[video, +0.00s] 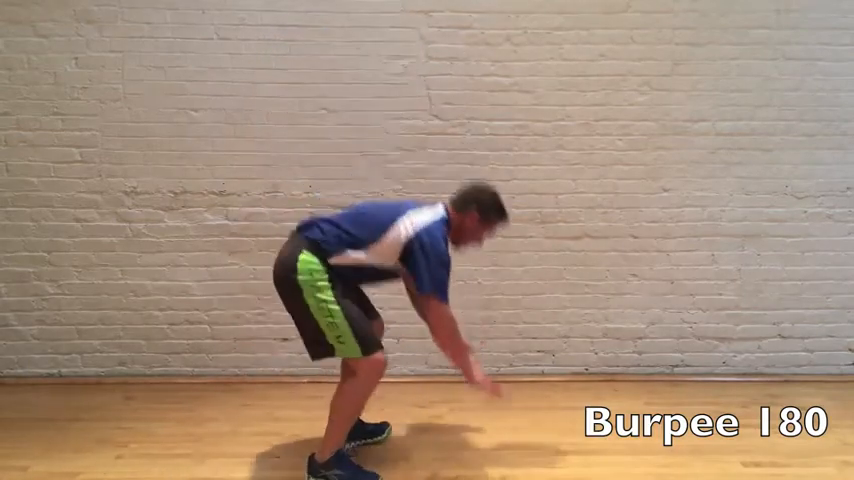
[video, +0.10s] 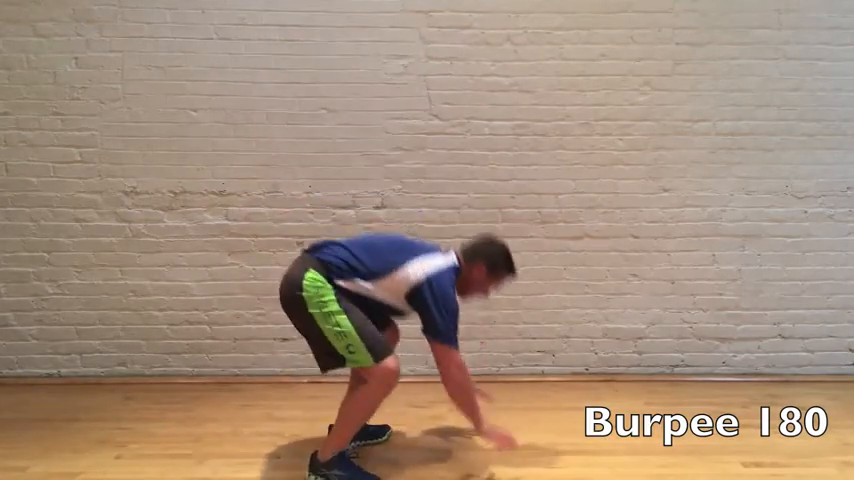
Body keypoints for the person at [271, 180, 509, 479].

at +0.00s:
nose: (484, 240)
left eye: (489, 234)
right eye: (486, 231)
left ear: (467, 213)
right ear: (470, 217)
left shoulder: (427, 218)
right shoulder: (429, 236)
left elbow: (425, 302)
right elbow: (437, 311)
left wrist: (457, 346)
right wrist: (469, 369)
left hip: (318, 259)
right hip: (307, 265)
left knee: (372, 328)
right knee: (370, 362)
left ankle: (347, 424)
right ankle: (326, 459)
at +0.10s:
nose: (488, 292)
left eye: (494, 286)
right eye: (491, 283)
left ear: (474, 265)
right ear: (477, 269)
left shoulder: (440, 263)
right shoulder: (437, 281)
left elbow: (444, 350)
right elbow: (450, 367)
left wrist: (465, 386)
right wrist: (481, 426)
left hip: (320, 274)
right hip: (311, 283)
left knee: (387, 335)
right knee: (384, 371)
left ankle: (348, 427)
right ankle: (327, 459)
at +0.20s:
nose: (494, 336)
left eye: (502, 333)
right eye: (499, 329)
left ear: (483, 304)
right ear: (486, 312)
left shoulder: (459, 300)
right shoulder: (451, 319)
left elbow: (459, 383)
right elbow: (462, 402)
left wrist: (476, 422)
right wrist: (488, 465)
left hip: (335, 258)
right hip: (326, 271)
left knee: (383, 347)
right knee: (381, 369)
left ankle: (348, 427)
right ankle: (328, 458)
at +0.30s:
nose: (491, 371)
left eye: (498, 367)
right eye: (498, 365)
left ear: (492, 343)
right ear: (493, 349)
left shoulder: (471, 324)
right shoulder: (462, 335)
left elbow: (460, 386)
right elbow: (465, 420)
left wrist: (472, 428)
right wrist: (480, 474)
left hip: (372, 239)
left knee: (366, 345)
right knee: (368, 363)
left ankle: (333, 414)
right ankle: (315, 451)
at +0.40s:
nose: (515, 378)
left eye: (523, 374)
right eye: (523, 373)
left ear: (518, 344)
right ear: (520, 357)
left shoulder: (489, 328)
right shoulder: (488, 342)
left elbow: (463, 384)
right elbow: (475, 416)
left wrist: (475, 426)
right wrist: (482, 473)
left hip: (388, 241)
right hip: (389, 255)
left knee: (346, 344)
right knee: (353, 370)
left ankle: (275, 379)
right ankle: (253, 412)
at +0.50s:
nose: (548, 384)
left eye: (556, 380)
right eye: (555, 379)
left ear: (546, 351)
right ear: (549, 363)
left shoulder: (509, 332)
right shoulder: (515, 350)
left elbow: (467, 384)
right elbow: (482, 419)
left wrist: (474, 431)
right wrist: (486, 475)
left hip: (404, 265)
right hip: (405, 281)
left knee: (323, 342)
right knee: (323, 372)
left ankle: (237, 367)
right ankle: (210, 397)